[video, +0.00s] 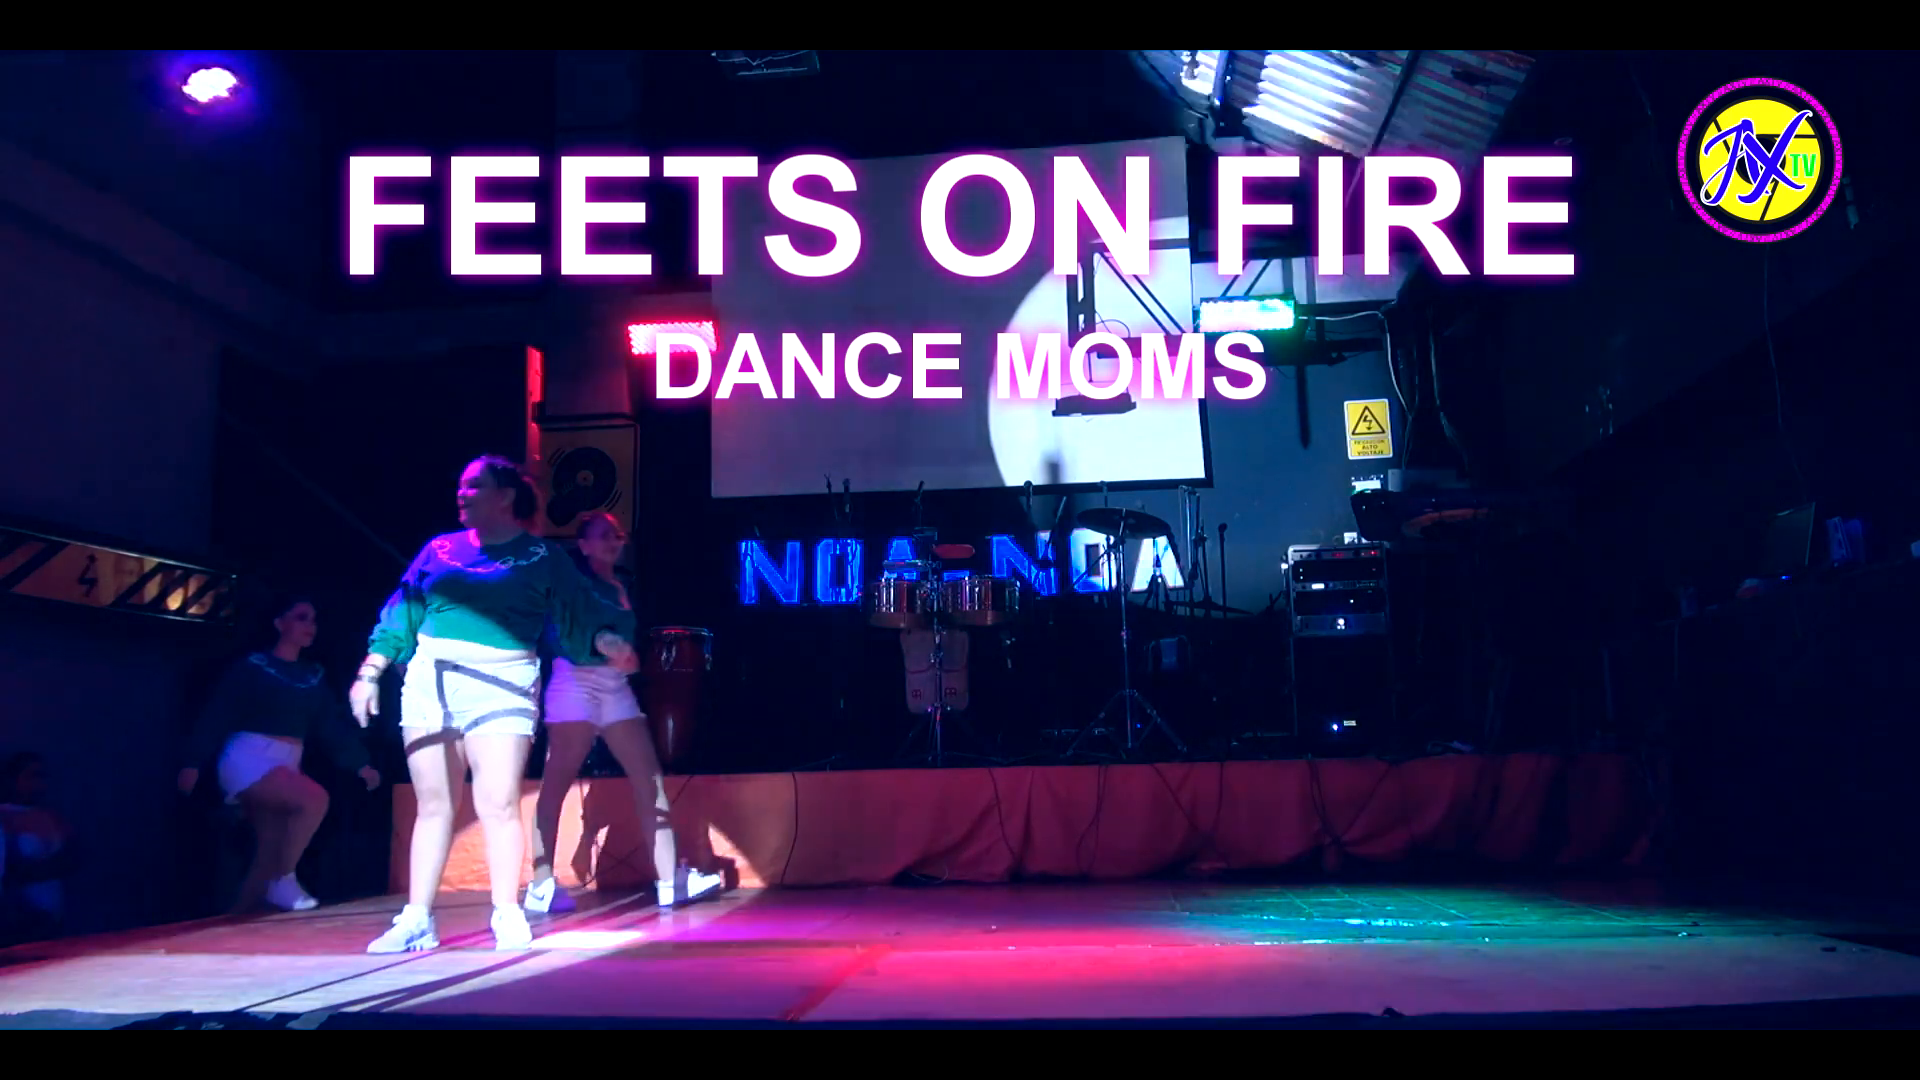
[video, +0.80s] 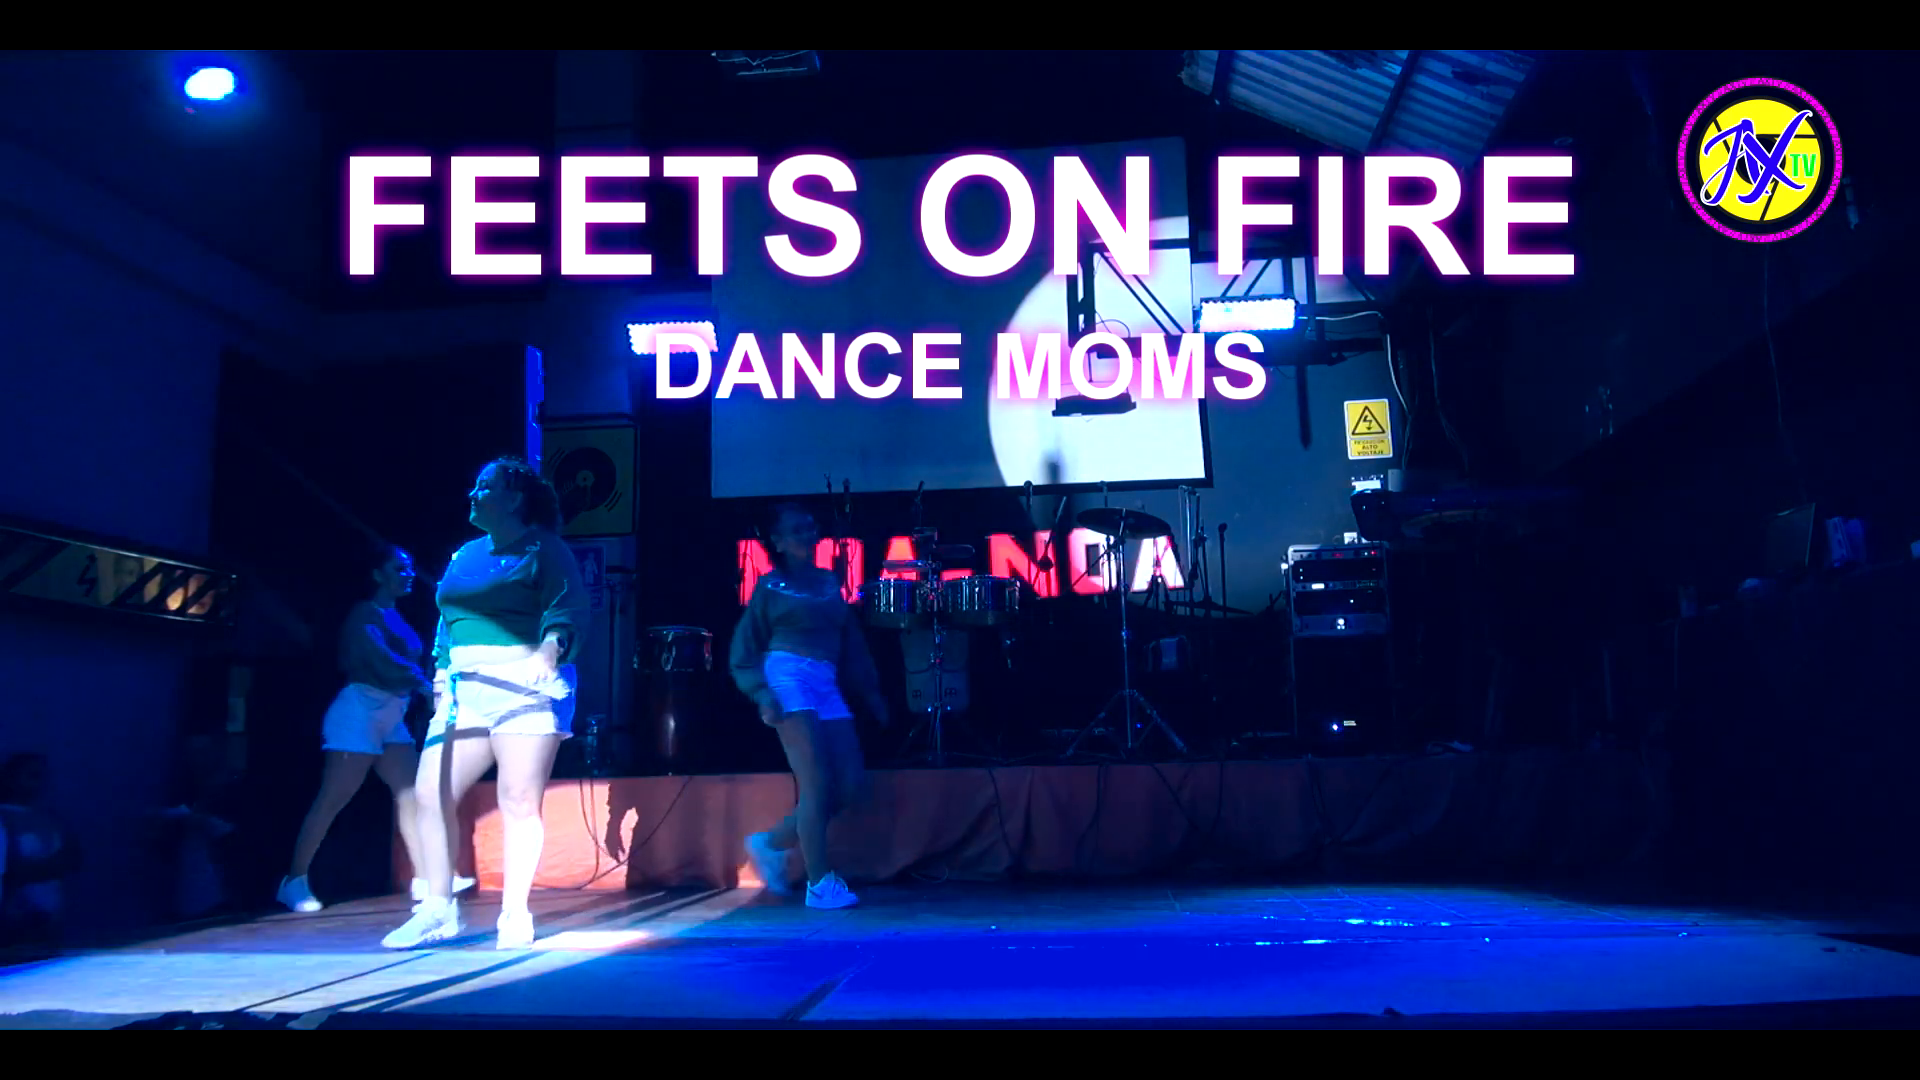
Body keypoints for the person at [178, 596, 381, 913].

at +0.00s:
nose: (310, 626)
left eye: (313, 620)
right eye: (302, 619)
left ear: (315, 627)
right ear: (280, 623)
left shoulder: (313, 677)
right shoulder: (252, 669)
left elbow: (333, 726)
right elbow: (218, 716)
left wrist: (360, 764)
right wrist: (194, 763)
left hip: (288, 762)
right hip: (248, 759)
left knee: (271, 854)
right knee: (314, 800)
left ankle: (239, 924)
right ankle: (284, 881)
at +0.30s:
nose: (341, 600)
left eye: (343, 594)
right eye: (332, 593)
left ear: (348, 604)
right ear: (312, 602)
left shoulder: (350, 653)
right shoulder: (291, 645)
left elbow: (366, 705)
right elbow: (260, 693)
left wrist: (378, 751)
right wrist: (246, 743)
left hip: (322, 742)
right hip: (284, 735)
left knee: (298, 827)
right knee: (325, 808)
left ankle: (261, 900)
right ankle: (293, 887)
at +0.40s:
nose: (352, 592)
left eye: (353, 586)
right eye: (342, 587)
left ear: (356, 595)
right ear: (321, 595)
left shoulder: (358, 645)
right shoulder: (302, 638)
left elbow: (370, 699)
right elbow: (279, 687)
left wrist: (372, 747)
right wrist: (275, 736)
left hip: (336, 735)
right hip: (300, 729)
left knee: (341, 817)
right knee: (325, 810)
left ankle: (267, 874)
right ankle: (293, 889)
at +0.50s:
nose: (363, 586)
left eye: (365, 581)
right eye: (355, 580)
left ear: (366, 588)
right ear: (333, 585)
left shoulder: (367, 636)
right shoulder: (313, 629)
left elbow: (373, 693)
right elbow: (295, 678)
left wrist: (374, 739)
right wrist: (315, 720)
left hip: (350, 728)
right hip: (312, 724)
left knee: (365, 801)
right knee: (325, 807)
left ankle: (294, 847)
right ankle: (293, 887)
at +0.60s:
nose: (376, 579)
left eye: (377, 573)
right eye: (367, 573)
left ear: (377, 581)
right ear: (346, 579)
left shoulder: (371, 628)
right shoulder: (327, 622)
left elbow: (380, 675)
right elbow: (320, 678)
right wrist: (360, 702)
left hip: (359, 719)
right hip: (323, 718)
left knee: (385, 790)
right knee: (324, 804)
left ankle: (331, 853)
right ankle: (292, 885)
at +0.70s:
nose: (390, 576)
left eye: (391, 570)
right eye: (382, 570)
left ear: (392, 578)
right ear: (361, 574)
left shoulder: (382, 624)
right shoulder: (342, 619)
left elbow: (394, 671)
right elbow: (347, 671)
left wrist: (408, 696)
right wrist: (393, 687)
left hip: (373, 716)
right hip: (338, 715)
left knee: (401, 790)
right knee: (326, 800)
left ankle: (376, 869)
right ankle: (294, 883)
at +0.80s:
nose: (408, 577)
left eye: (409, 571)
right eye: (400, 570)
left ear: (408, 578)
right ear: (378, 575)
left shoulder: (399, 623)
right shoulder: (364, 617)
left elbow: (413, 667)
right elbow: (384, 663)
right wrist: (422, 683)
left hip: (391, 718)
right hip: (358, 714)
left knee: (410, 793)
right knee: (335, 796)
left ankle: (428, 879)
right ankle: (295, 880)